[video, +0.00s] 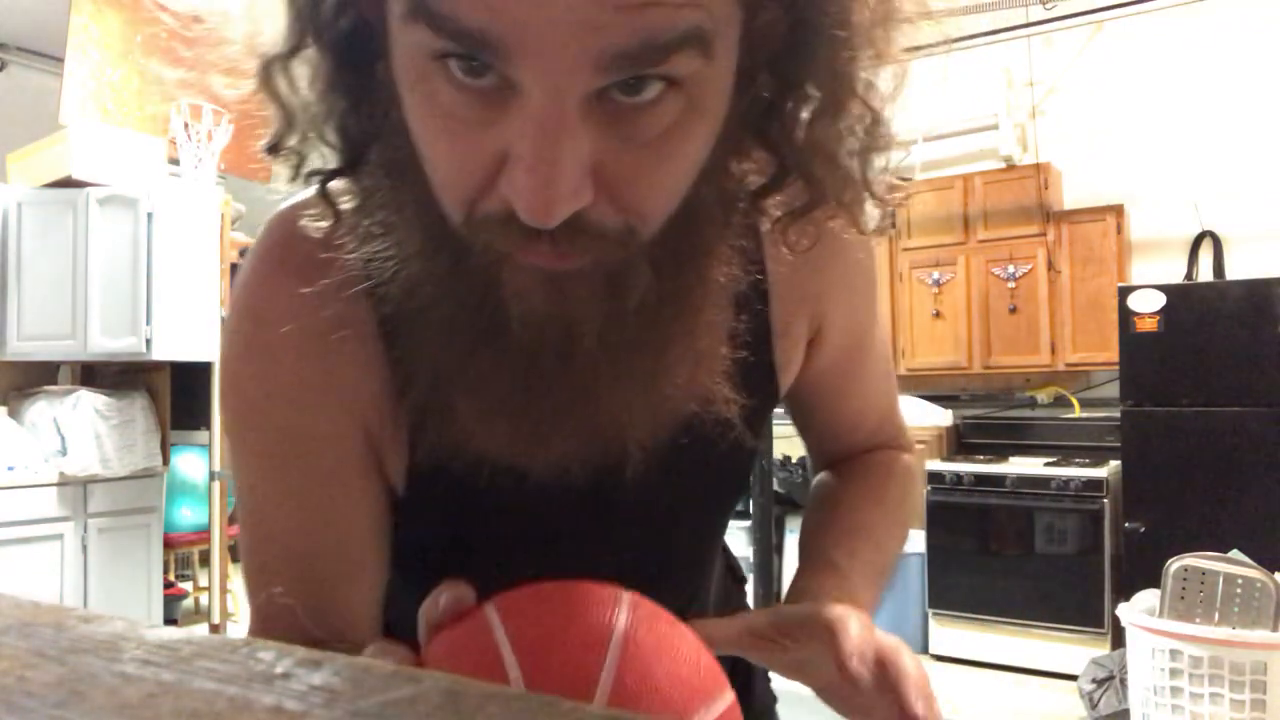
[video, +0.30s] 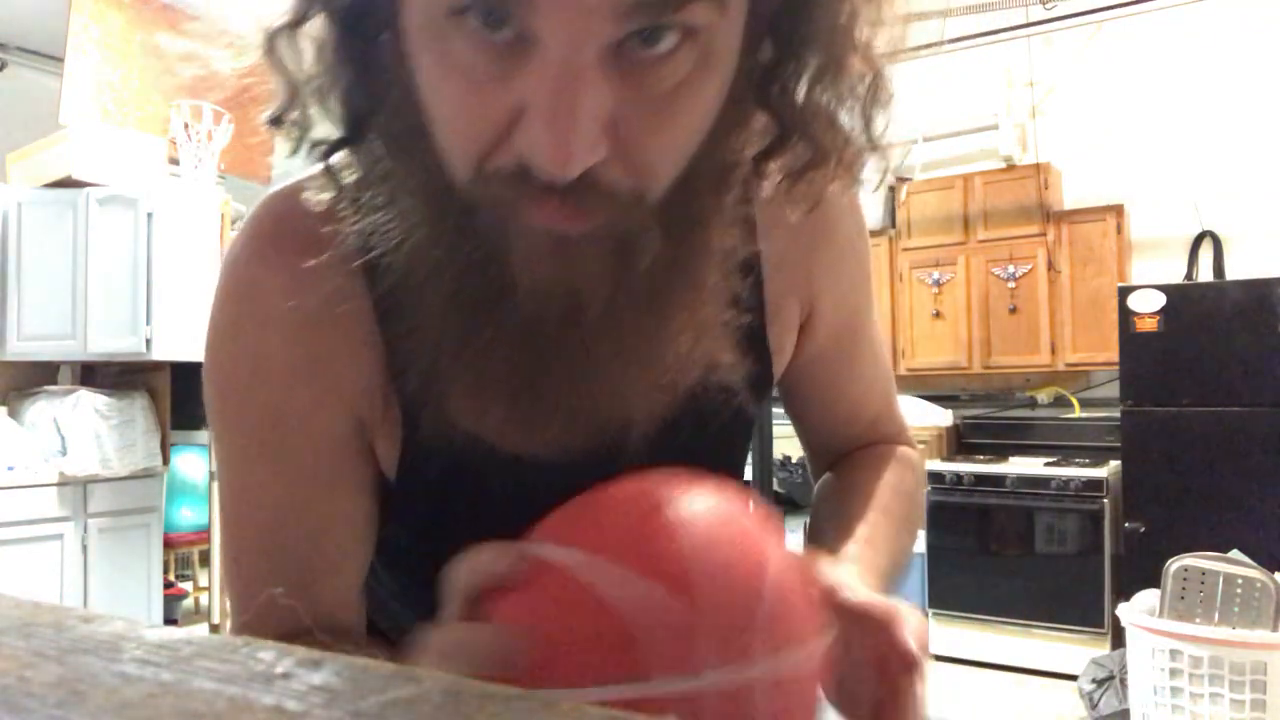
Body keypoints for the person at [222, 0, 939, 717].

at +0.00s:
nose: (546, 191)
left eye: (636, 86)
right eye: (470, 67)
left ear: (750, 61)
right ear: (373, 37)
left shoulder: (795, 243)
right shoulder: (316, 282)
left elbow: (871, 452)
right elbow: (303, 659)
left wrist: (830, 604)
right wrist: (417, 688)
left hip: (695, 699)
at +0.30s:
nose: (563, 146)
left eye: (653, 40)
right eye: (493, 25)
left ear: (754, 33)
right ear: (388, 23)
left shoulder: (787, 193)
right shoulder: (306, 268)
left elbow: (869, 446)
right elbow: (283, 643)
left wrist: (841, 579)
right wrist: (419, 675)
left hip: (702, 684)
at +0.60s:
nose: (879, 26)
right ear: (638, 6)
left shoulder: (862, 167)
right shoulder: (453, 201)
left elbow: (914, 428)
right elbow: (369, 584)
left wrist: (961, 565)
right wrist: (647, 585)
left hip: (733, 686)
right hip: (489, 693)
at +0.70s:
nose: (980, 18)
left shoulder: (896, 187)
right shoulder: (539, 184)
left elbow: (928, 454)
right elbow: (413, 563)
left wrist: (978, 555)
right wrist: (709, 553)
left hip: (766, 683)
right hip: (534, 692)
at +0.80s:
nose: (1049, 23)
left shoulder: (930, 179)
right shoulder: (624, 163)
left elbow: (944, 451)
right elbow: (462, 542)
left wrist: (1012, 508)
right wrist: (794, 522)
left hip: (791, 677)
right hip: (573, 688)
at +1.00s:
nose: (1134, 23)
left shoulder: (965, 154)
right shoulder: (743, 132)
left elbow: (977, 371)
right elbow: (583, 507)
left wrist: (1068, 503)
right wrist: (910, 504)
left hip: (824, 671)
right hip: (631, 683)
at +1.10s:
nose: (1156, 26)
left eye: (1155, 1)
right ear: (1025, 2)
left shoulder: (981, 151)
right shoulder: (801, 125)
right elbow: (646, 472)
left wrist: (1018, 419)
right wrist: (965, 462)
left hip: (841, 661)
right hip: (668, 673)